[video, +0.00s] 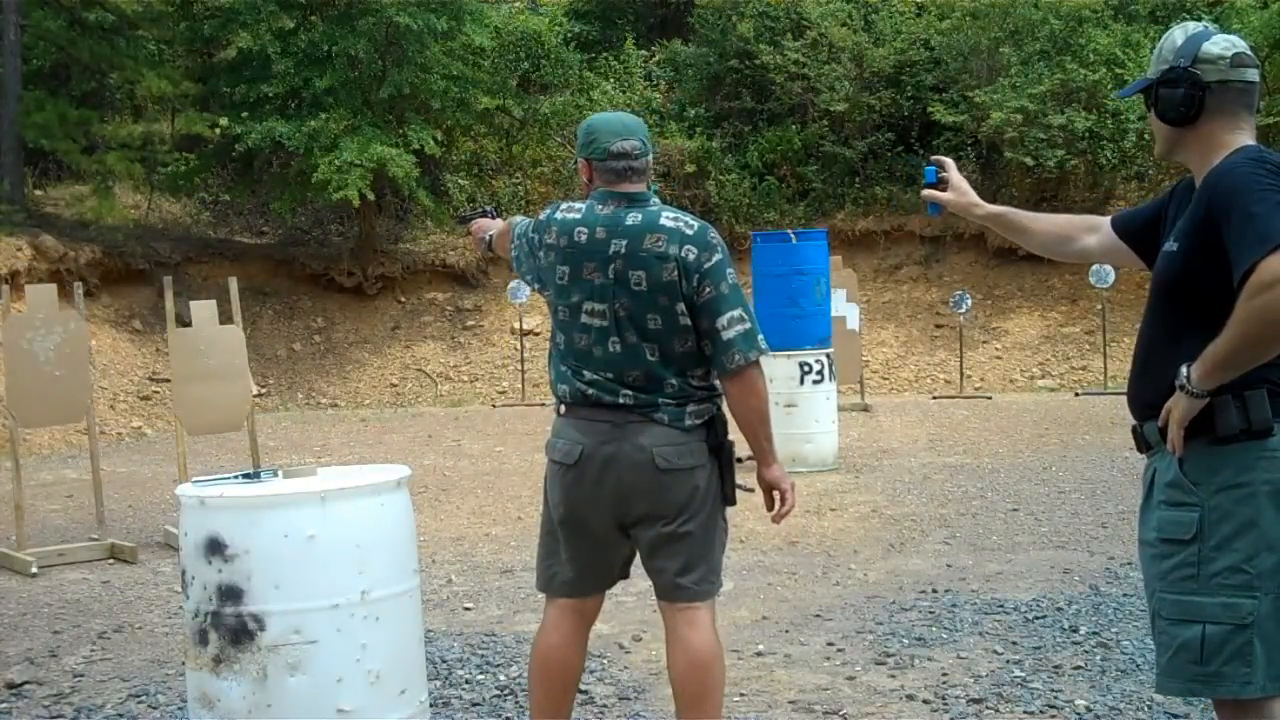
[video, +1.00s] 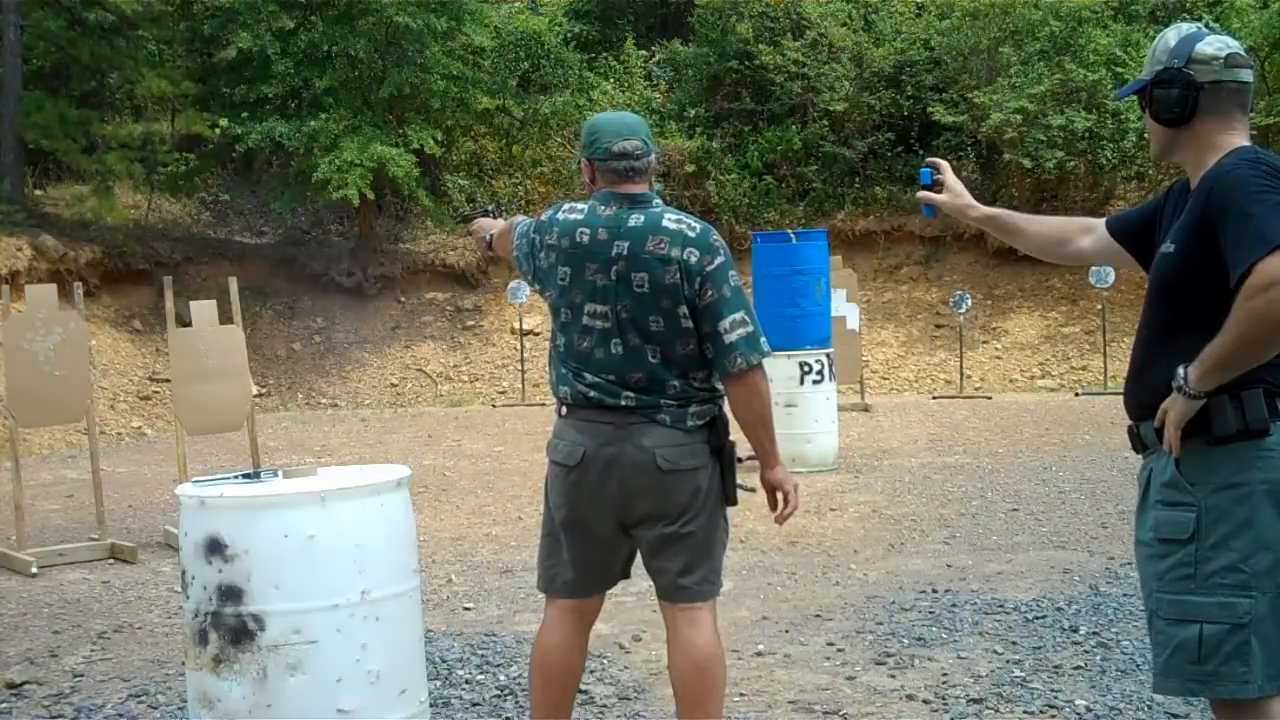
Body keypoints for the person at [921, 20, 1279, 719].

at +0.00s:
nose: (1150, 116)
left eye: (1154, 101)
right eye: (1151, 102)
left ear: (1179, 102)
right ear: (1232, 99)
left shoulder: (1246, 179)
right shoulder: (1196, 194)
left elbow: (1273, 284)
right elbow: (1091, 236)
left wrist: (1197, 382)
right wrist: (978, 209)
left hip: (1230, 462)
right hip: (1210, 456)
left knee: (1244, 693)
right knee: (1241, 687)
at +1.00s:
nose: (1146, 115)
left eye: (1151, 101)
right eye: (1147, 101)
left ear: (1176, 103)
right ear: (1225, 101)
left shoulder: (1243, 179)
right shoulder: (1189, 197)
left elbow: (1273, 284)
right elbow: (1084, 237)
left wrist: (1193, 383)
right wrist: (975, 212)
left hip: (1223, 463)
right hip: (1204, 459)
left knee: (1242, 691)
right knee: (1240, 685)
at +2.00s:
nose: (1145, 115)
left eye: (1150, 100)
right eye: (1146, 101)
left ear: (1177, 102)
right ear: (1223, 101)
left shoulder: (1242, 181)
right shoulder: (1191, 197)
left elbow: (1274, 283)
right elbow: (1084, 238)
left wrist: (1194, 381)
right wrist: (974, 213)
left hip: (1224, 462)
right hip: (1205, 457)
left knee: (1242, 692)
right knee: (1241, 685)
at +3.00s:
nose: (1139, 117)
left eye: (1143, 102)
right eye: (1139, 103)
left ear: (1167, 103)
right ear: (1223, 101)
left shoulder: (1234, 180)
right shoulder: (1183, 196)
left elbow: (1270, 286)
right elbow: (1081, 239)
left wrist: (1184, 385)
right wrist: (969, 214)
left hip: (1224, 463)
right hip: (1209, 459)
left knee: (1241, 694)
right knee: (1241, 687)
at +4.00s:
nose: (1137, 117)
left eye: (1142, 102)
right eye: (1138, 102)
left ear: (1169, 103)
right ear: (1218, 102)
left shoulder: (1234, 181)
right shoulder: (1186, 195)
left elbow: (1270, 288)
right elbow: (1082, 239)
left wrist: (1184, 388)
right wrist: (970, 213)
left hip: (1221, 462)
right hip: (1210, 456)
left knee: (1238, 693)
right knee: (1242, 686)